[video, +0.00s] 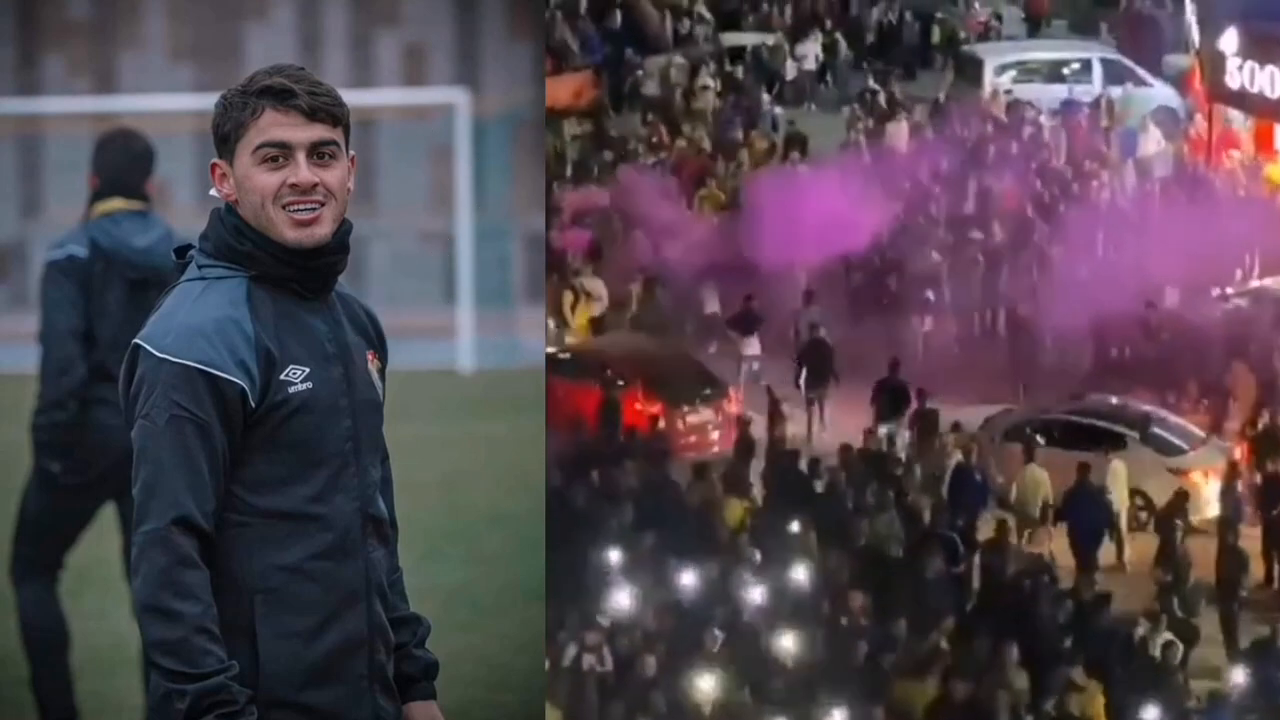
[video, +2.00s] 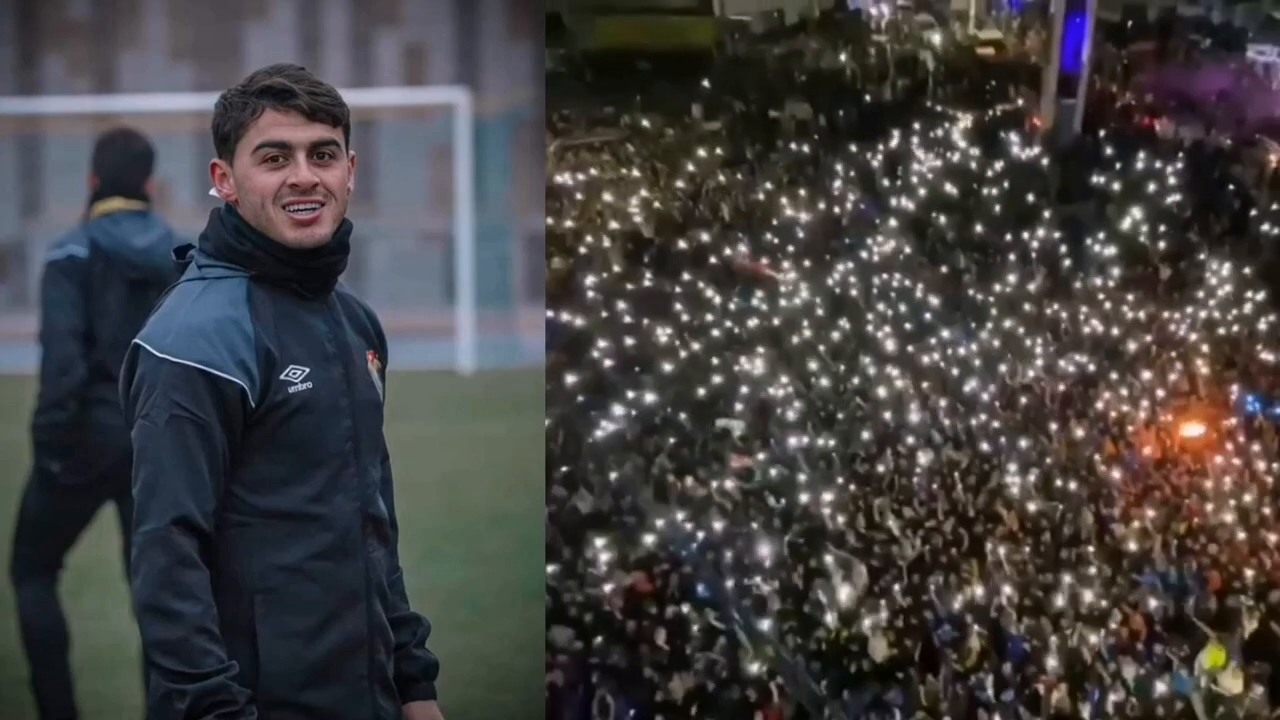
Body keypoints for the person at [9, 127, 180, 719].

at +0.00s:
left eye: (94, 173)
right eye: (149, 178)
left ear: (94, 180)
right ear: (152, 185)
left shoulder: (73, 252)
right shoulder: (177, 254)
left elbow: (65, 361)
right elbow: (190, 351)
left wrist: (51, 441)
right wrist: (174, 429)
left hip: (88, 448)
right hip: (158, 447)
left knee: (34, 569)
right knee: (156, 580)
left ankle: (57, 709)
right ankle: (167, 706)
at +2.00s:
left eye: (93, 173)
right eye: (150, 178)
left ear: (94, 179)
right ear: (152, 185)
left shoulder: (73, 254)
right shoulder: (178, 255)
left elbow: (65, 363)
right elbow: (191, 352)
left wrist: (51, 442)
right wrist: (174, 429)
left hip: (87, 449)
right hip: (158, 448)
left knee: (33, 570)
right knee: (157, 581)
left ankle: (57, 707)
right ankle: (167, 704)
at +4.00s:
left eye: (92, 173)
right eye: (150, 178)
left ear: (94, 180)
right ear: (152, 185)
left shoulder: (73, 254)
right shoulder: (178, 255)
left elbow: (65, 363)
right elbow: (191, 352)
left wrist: (51, 442)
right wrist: (175, 429)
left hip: (87, 449)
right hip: (158, 448)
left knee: (34, 570)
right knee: (157, 580)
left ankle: (57, 707)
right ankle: (167, 704)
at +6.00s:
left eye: (92, 173)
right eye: (150, 178)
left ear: (94, 180)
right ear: (152, 185)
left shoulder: (73, 254)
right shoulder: (178, 255)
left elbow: (65, 363)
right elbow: (191, 352)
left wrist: (51, 442)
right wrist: (175, 429)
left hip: (87, 449)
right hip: (158, 448)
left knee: (34, 570)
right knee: (157, 580)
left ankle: (57, 707)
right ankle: (167, 704)